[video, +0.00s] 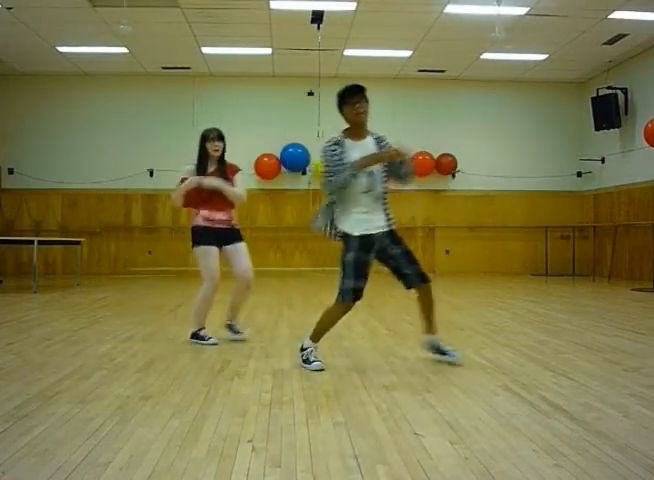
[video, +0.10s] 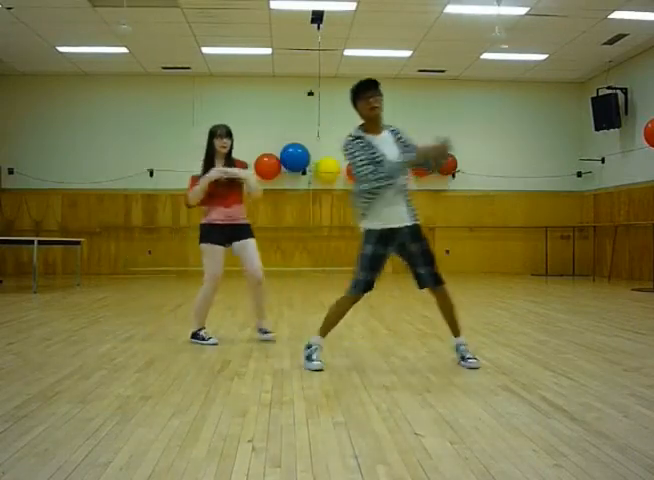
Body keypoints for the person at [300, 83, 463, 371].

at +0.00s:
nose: (360, 108)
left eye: (363, 103)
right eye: (353, 105)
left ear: (369, 107)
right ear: (342, 111)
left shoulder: (379, 141)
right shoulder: (334, 147)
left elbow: (403, 177)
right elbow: (332, 184)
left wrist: (401, 162)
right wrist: (364, 164)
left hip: (382, 228)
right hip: (354, 231)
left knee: (422, 283)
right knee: (348, 298)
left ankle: (431, 340)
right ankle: (309, 345)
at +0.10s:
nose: (374, 103)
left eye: (377, 98)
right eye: (367, 100)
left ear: (383, 101)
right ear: (356, 107)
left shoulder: (394, 134)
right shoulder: (354, 142)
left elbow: (415, 158)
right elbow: (371, 176)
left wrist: (436, 156)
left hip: (406, 223)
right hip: (377, 227)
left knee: (436, 283)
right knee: (359, 290)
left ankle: (460, 344)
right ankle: (316, 343)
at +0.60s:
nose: (431, 101)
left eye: (435, 97)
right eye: (425, 98)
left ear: (442, 102)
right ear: (415, 105)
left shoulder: (457, 130)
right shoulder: (406, 142)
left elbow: (468, 169)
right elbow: (390, 185)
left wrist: (462, 208)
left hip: (460, 219)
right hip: (428, 224)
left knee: (465, 288)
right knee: (433, 290)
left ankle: (464, 345)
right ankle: (446, 331)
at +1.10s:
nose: (408, 100)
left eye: (414, 95)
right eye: (403, 96)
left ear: (424, 100)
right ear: (398, 102)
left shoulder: (434, 129)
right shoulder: (412, 136)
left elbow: (452, 170)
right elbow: (413, 182)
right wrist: (392, 208)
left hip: (420, 221)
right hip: (400, 219)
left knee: (422, 290)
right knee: (393, 285)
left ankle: (473, 336)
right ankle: (425, 349)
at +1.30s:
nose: (402, 100)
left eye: (409, 96)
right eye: (398, 96)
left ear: (419, 102)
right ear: (392, 103)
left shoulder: (425, 127)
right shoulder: (404, 137)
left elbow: (457, 162)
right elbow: (415, 175)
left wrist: (428, 197)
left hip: (415, 225)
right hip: (397, 226)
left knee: (415, 296)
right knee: (375, 289)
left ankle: (470, 349)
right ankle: (413, 347)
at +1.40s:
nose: (398, 101)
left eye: (405, 96)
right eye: (394, 96)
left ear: (417, 102)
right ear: (390, 102)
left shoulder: (422, 128)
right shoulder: (401, 136)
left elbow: (451, 162)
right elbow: (410, 174)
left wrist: (420, 197)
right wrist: (393, 199)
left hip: (408, 225)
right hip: (389, 226)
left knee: (417, 293)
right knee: (368, 287)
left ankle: (470, 348)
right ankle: (409, 343)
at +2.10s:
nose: (347, 105)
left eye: (349, 100)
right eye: (348, 100)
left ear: (357, 102)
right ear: (376, 102)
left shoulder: (360, 129)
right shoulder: (396, 136)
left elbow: (362, 179)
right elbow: (403, 186)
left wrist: (361, 226)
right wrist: (409, 227)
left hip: (352, 222)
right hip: (380, 225)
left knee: (325, 281)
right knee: (370, 287)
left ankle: (321, 348)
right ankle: (394, 349)